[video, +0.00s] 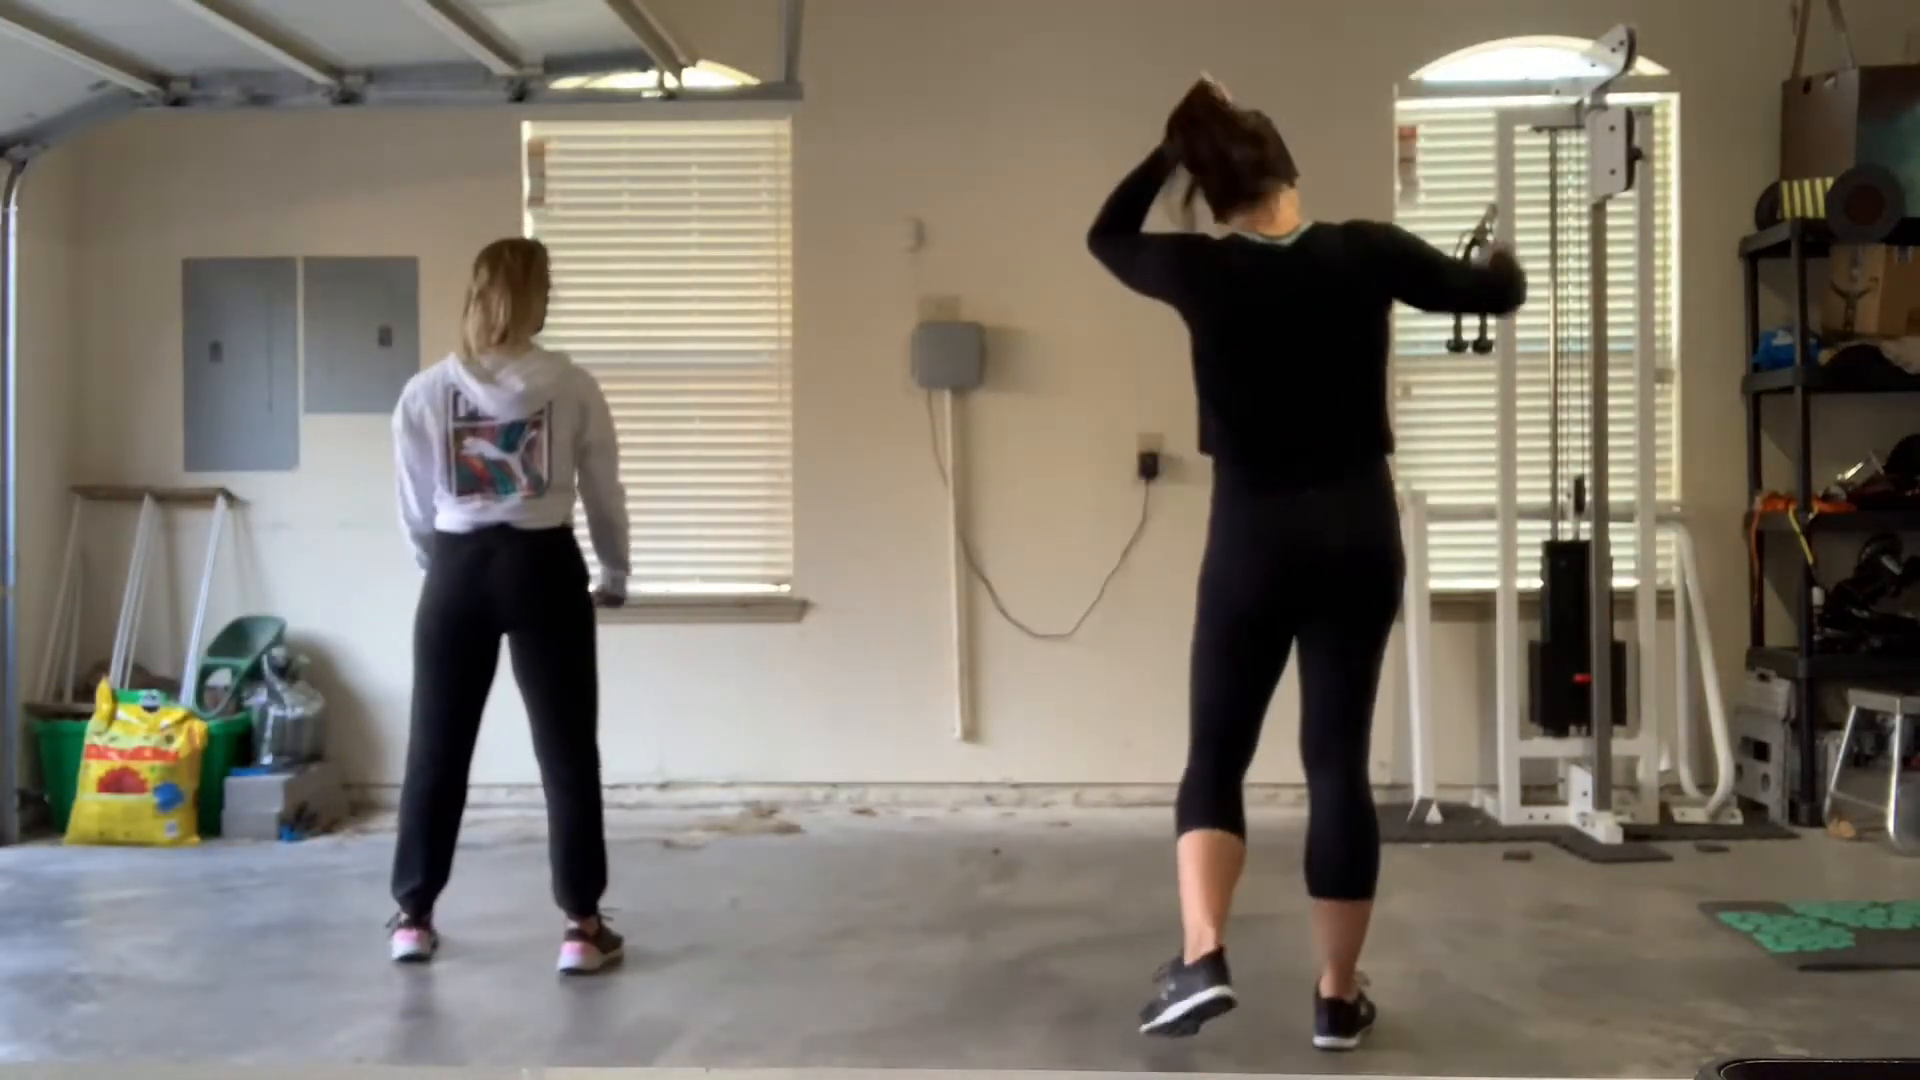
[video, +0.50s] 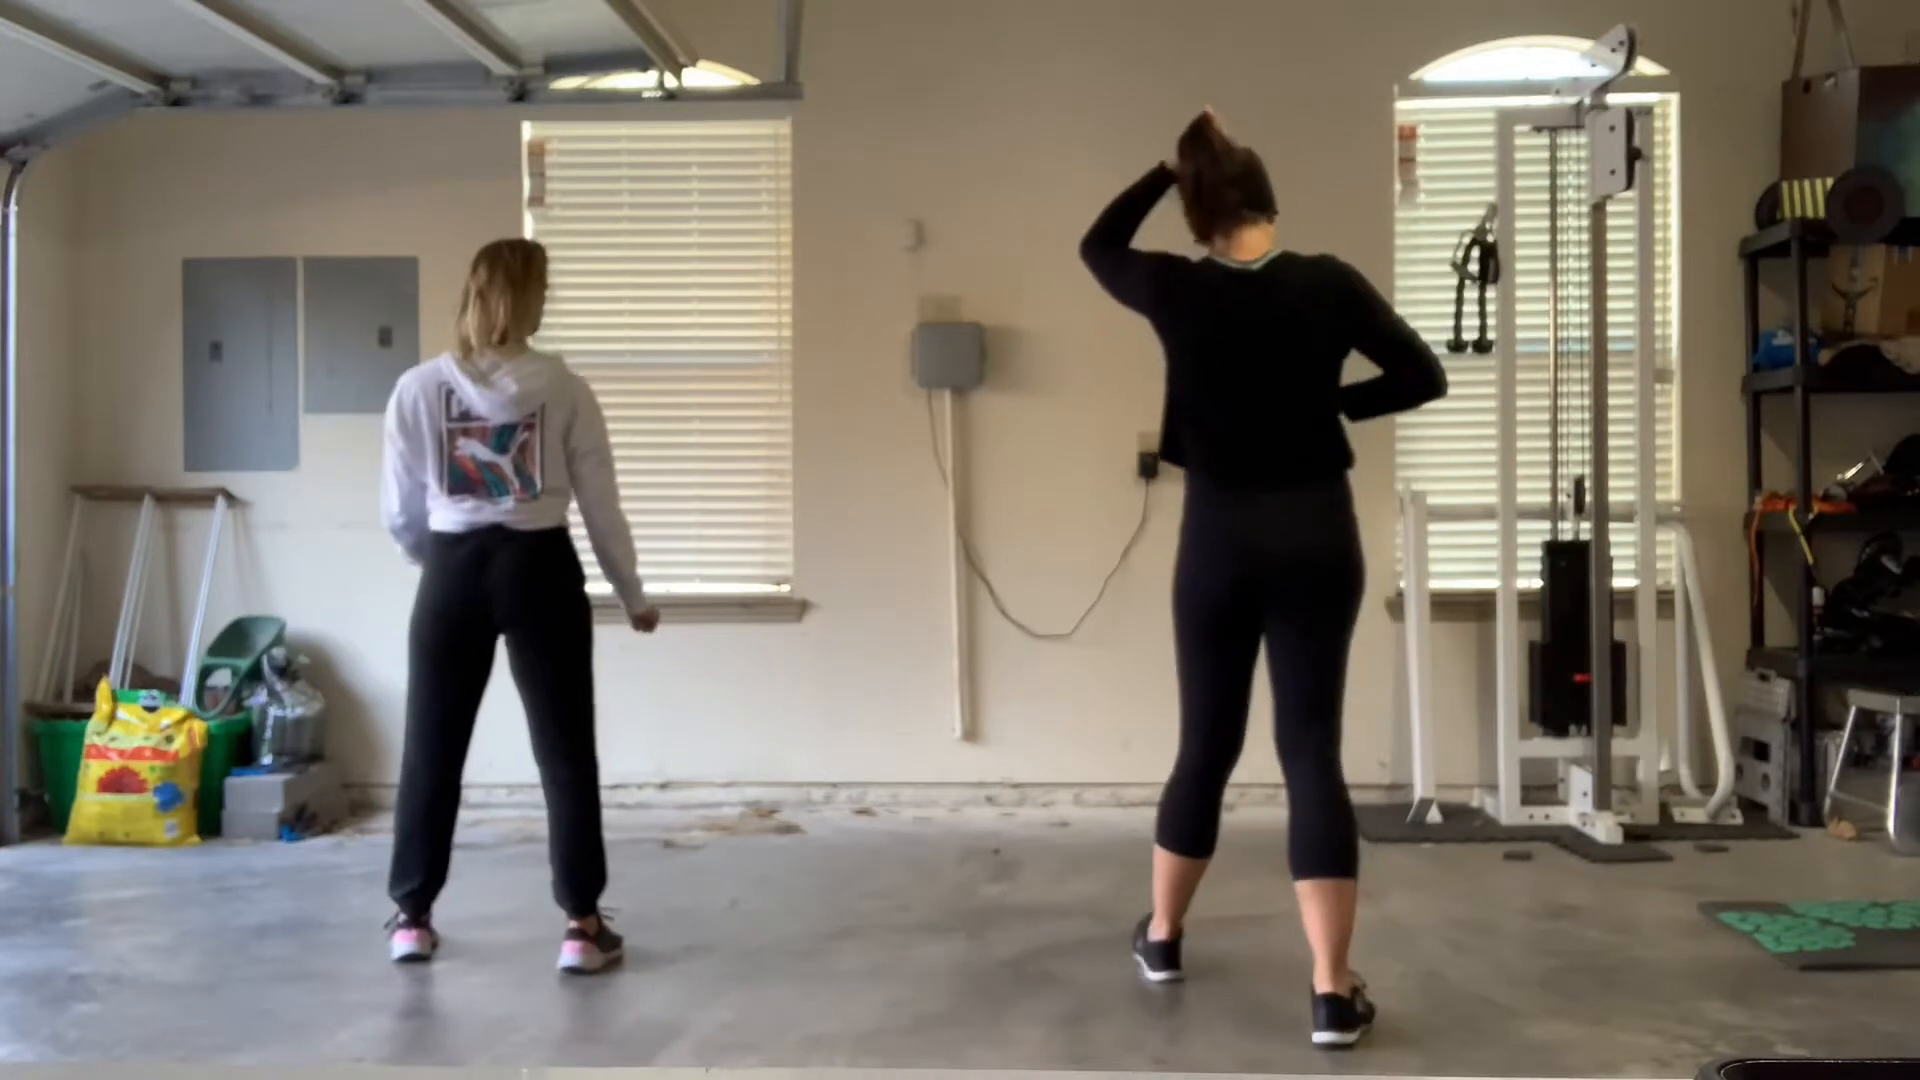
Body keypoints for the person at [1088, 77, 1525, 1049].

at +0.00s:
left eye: (1224, 191)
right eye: (1277, 178)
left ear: (1209, 195)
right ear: (1291, 175)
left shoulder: (1203, 271)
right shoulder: (1367, 251)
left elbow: (1111, 234)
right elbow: (1491, 290)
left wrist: (1167, 150)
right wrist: (1499, 264)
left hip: (1253, 548)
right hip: (1362, 543)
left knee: (1214, 759)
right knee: (1339, 766)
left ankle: (1202, 958)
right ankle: (1338, 994)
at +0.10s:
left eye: (1230, 198)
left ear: (1220, 197)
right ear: (1298, 176)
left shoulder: (1212, 271)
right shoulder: (1371, 255)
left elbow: (1115, 234)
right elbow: (1486, 333)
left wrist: (1174, 152)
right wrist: (1443, 352)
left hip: (1256, 544)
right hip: (1363, 540)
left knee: (1220, 753)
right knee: (1338, 761)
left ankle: (1202, 965)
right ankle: (1337, 995)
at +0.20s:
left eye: (1237, 201)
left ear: (1222, 199)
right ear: (1302, 179)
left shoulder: (1215, 273)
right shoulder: (1372, 260)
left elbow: (1118, 233)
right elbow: (1472, 355)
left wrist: (1190, 153)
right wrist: (1390, 386)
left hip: (1254, 544)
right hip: (1361, 542)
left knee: (1218, 749)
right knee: (1337, 759)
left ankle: (1187, 961)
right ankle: (1337, 994)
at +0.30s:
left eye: (1232, 205)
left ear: (1219, 205)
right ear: (1298, 187)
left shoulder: (1209, 277)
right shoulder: (1363, 265)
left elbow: (1116, 236)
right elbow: (1456, 364)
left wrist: (1188, 156)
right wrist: (1366, 396)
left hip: (1250, 541)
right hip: (1355, 540)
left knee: (1218, 743)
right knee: (1332, 756)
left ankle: (1166, 939)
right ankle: (1335, 992)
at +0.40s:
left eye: (1218, 212)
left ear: (1211, 215)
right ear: (1288, 197)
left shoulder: (1199, 286)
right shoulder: (1351, 275)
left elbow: (1111, 243)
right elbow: (1439, 376)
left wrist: (1179, 162)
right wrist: (1350, 403)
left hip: (1239, 546)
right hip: (1342, 542)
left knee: (1212, 750)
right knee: (1326, 758)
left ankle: (1161, 933)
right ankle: (1334, 992)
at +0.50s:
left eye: (1201, 215)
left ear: (1196, 219)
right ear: (1271, 203)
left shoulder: (1181, 291)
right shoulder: (1329, 284)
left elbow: (1101, 246)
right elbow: (1422, 380)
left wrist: (1167, 170)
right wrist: (1333, 405)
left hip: (1218, 552)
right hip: (1319, 547)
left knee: (1206, 746)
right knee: (1313, 755)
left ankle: (1162, 938)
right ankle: (1331, 991)